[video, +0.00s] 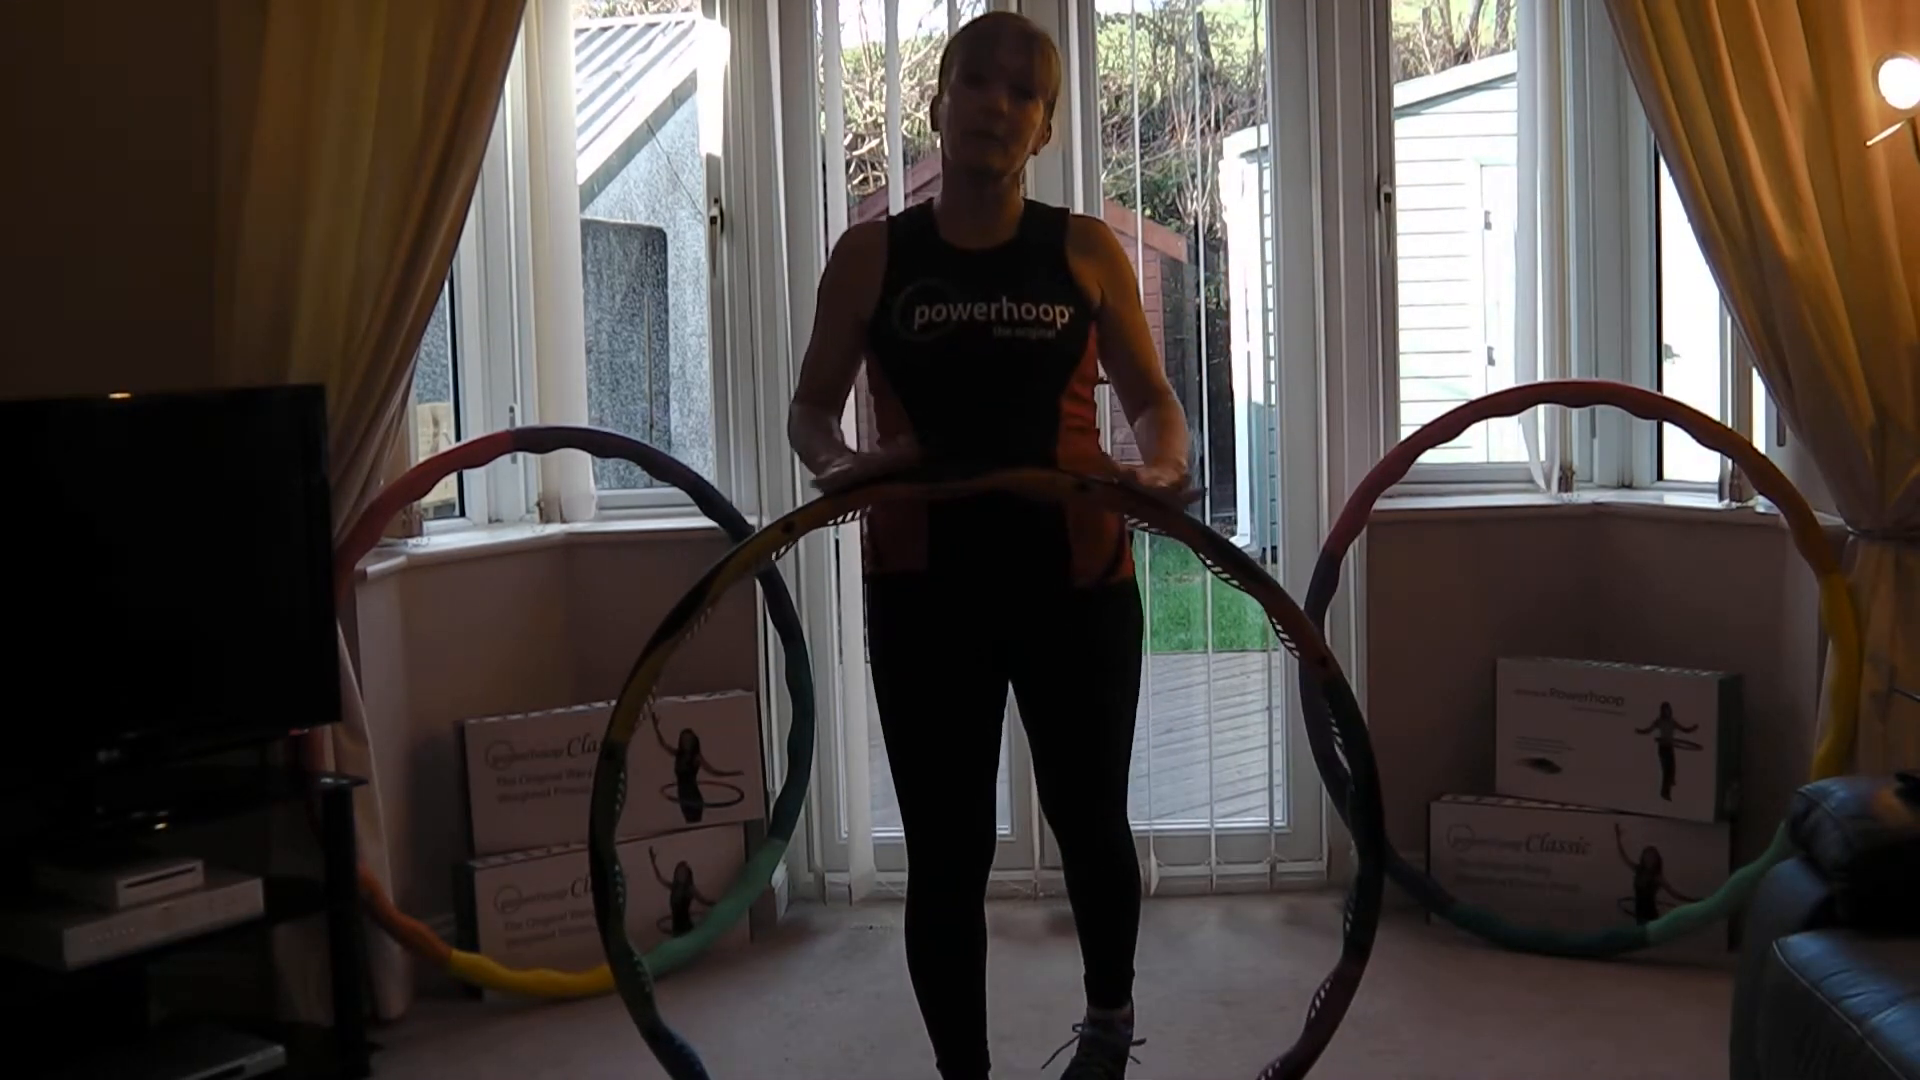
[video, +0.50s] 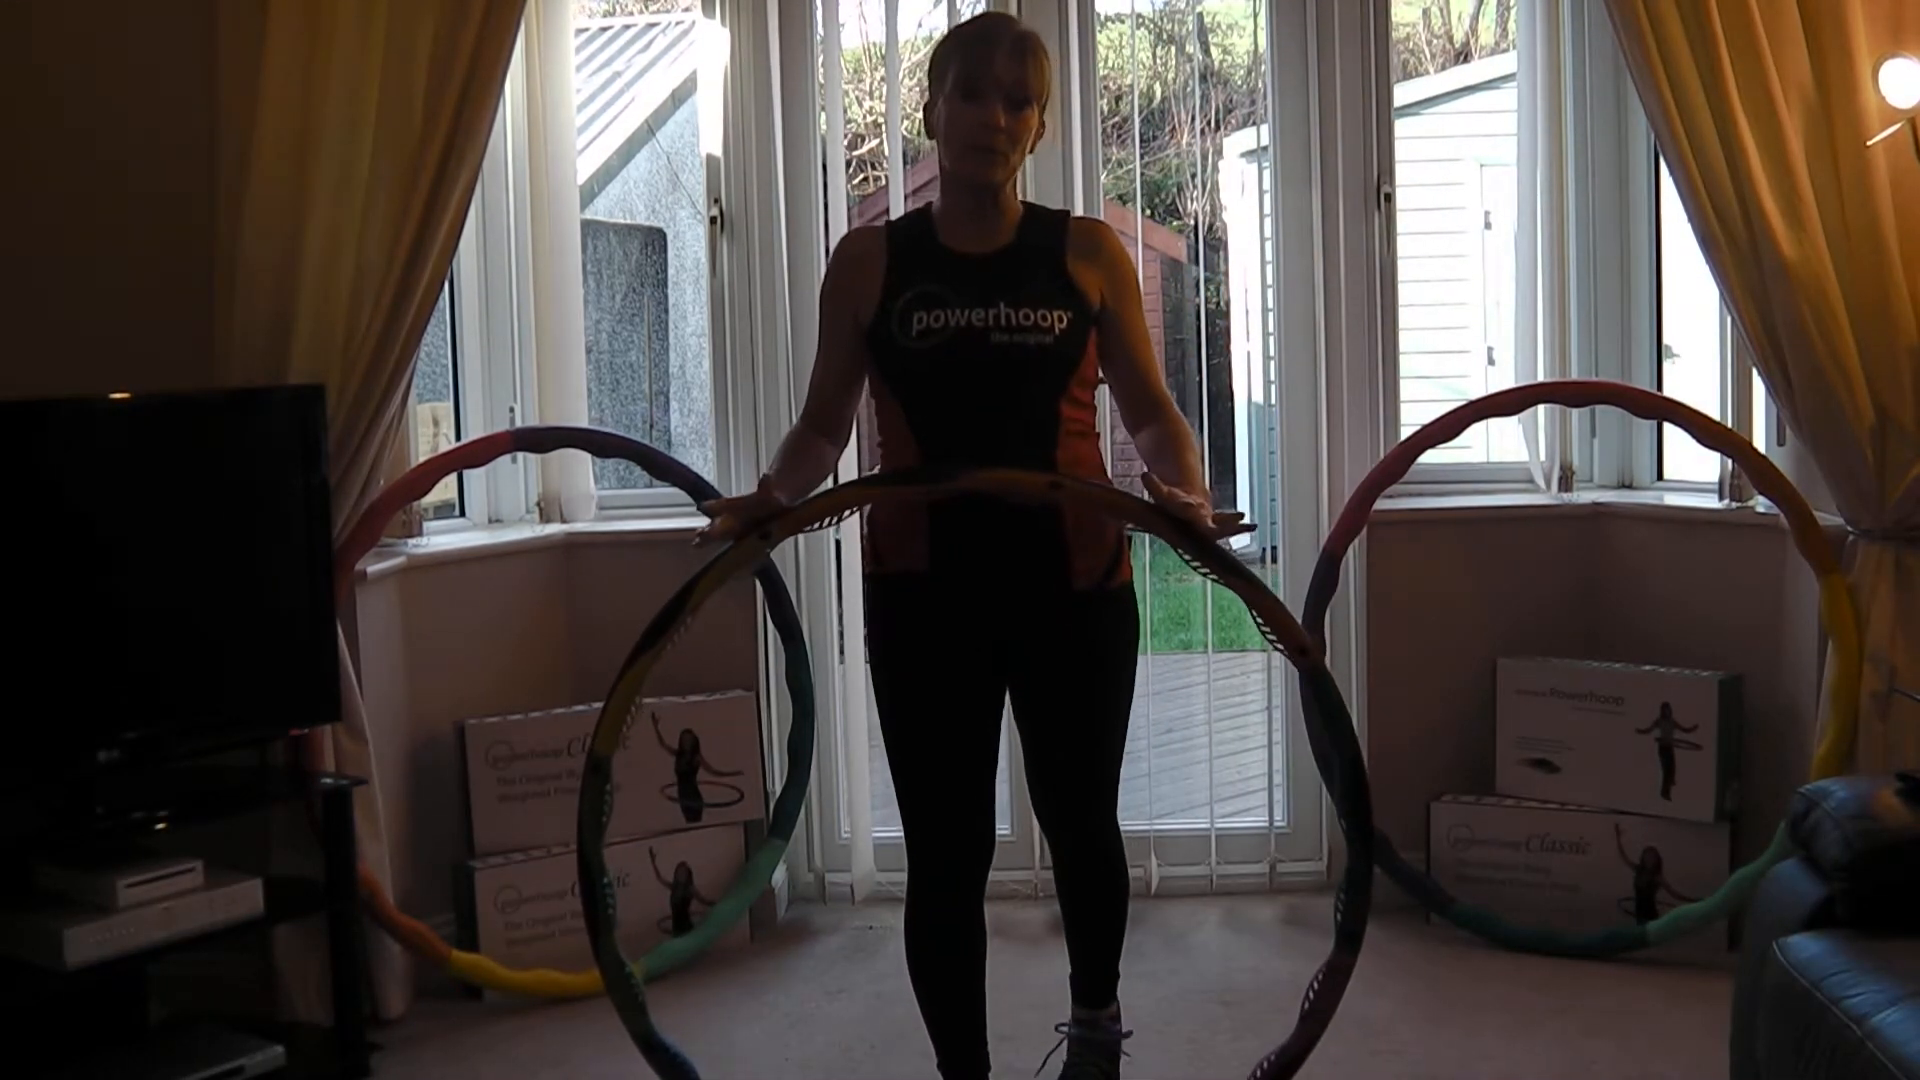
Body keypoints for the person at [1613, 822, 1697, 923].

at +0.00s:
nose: (1648, 860)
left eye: (1651, 857)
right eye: (1646, 856)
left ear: (1657, 860)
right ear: (1642, 858)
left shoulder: (1657, 877)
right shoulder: (1639, 870)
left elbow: (1674, 894)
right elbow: (1623, 856)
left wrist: (1693, 901)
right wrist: (1618, 838)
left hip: (1651, 912)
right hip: (1639, 911)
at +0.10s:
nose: (1648, 860)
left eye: (1652, 857)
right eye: (1646, 856)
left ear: (1657, 860)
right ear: (1642, 858)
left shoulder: (1657, 877)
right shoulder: (1639, 870)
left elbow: (1674, 894)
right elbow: (1623, 856)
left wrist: (1693, 901)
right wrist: (1618, 838)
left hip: (1651, 912)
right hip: (1639, 910)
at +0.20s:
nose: (1648, 860)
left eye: (1651, 857)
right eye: (1646, 856)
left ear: (1657, 860)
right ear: (1642, 858)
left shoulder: (1657, 877)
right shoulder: (1639, 870)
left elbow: (1674, 894)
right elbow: (1623, 856)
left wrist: (1693, 901)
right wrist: (1618, 838)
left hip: (1651, 912)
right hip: (1639, 910)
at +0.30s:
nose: (1648, 860)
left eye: (1651, 857)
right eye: (1646, 856)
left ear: (1657, 860)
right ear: (1642, 858)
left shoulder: (1657, 877)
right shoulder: (1639, 870)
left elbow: (1674, 894)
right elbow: (1623, 857)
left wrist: (1693, 901)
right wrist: (1618, 838)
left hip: (1651, 912)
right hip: (1639, 911)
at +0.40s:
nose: (1648, 860)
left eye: (1651, 857)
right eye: (1646, 856)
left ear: (1657, 860)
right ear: (1642, 858)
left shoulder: (1657, 877)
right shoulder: (1639, 870)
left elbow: (1674, 894)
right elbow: (1623, 856)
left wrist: (1693, 901)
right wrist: (1618, 838)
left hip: (1651, 912)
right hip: (1639, 910)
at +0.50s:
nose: (1648, 860)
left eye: (1651, 857)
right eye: (1646, 856)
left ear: (1657, 860)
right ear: (1642, 858)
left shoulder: (1657, 877)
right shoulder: (1639, 870)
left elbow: (1674, 894)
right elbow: (1623, 857)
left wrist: (1693, 901)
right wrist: (1618, 838)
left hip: (1651, 912)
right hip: (1639, 911)